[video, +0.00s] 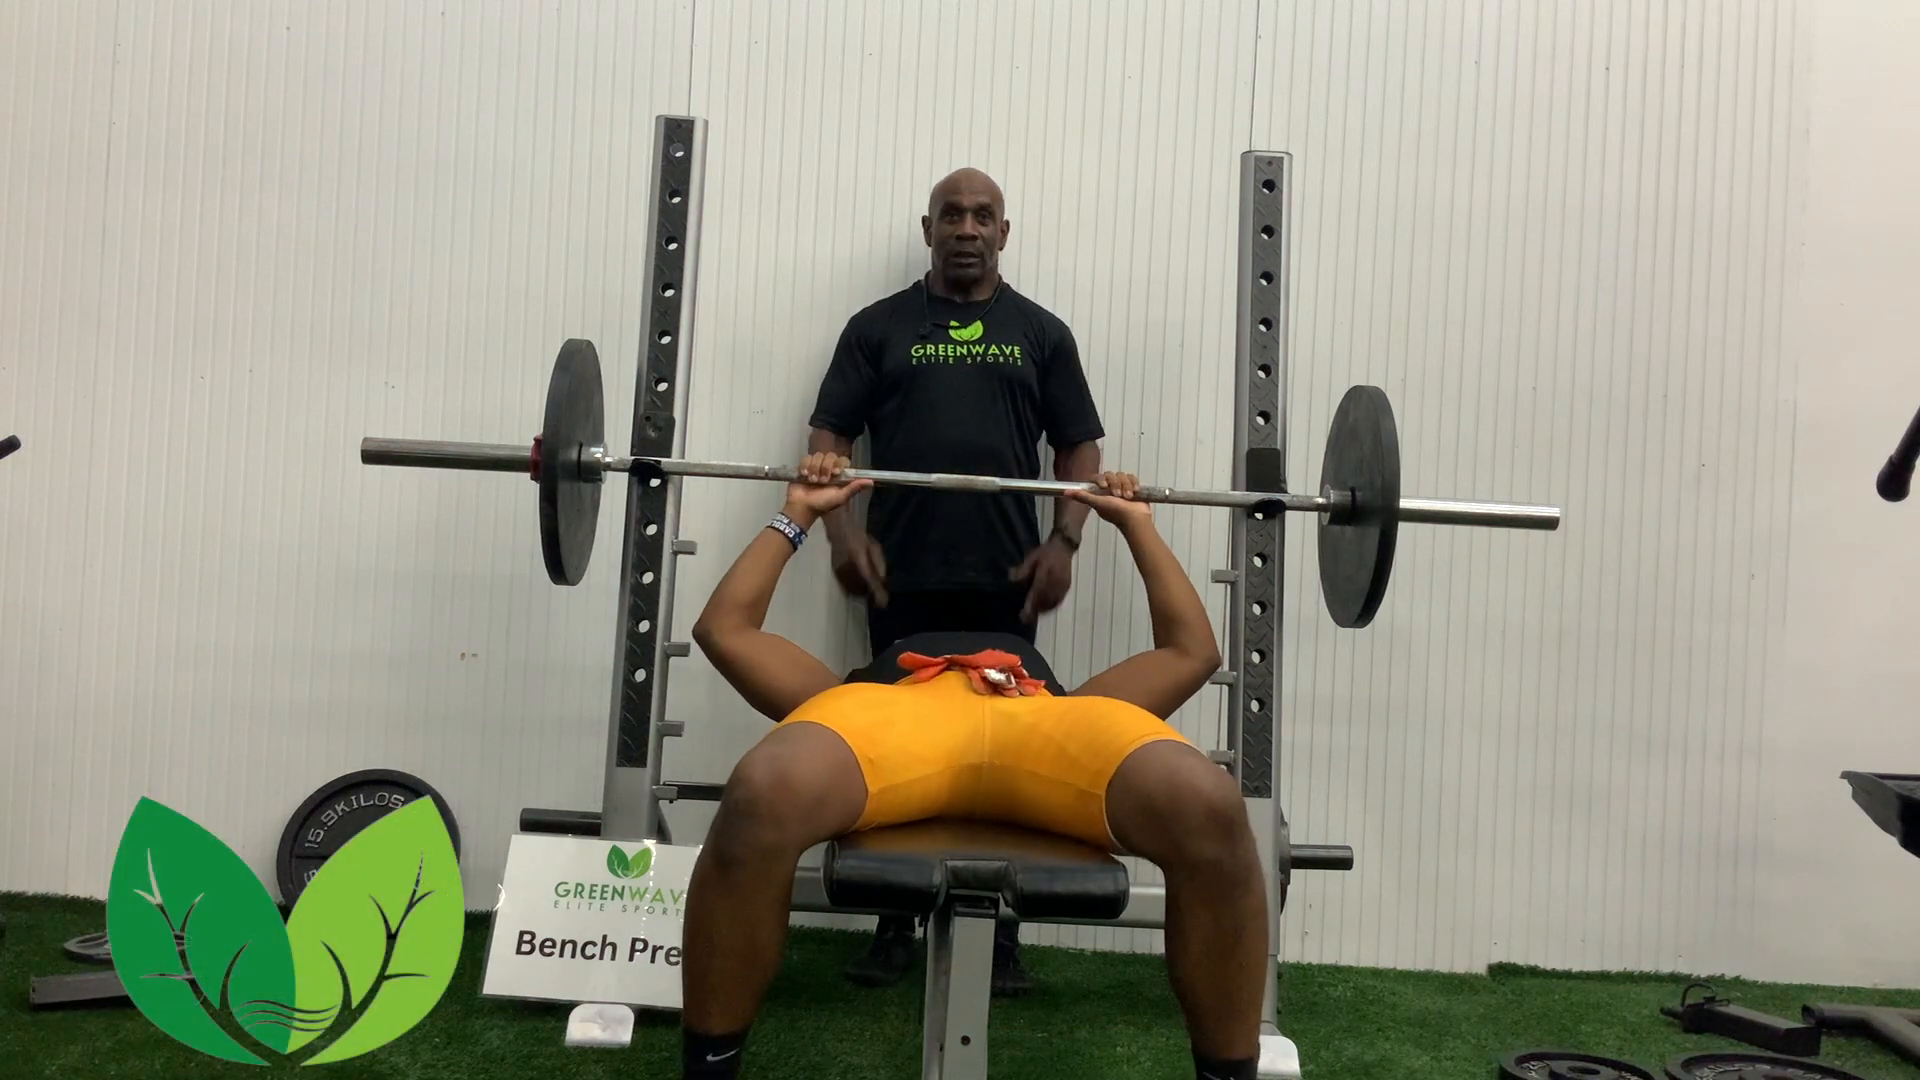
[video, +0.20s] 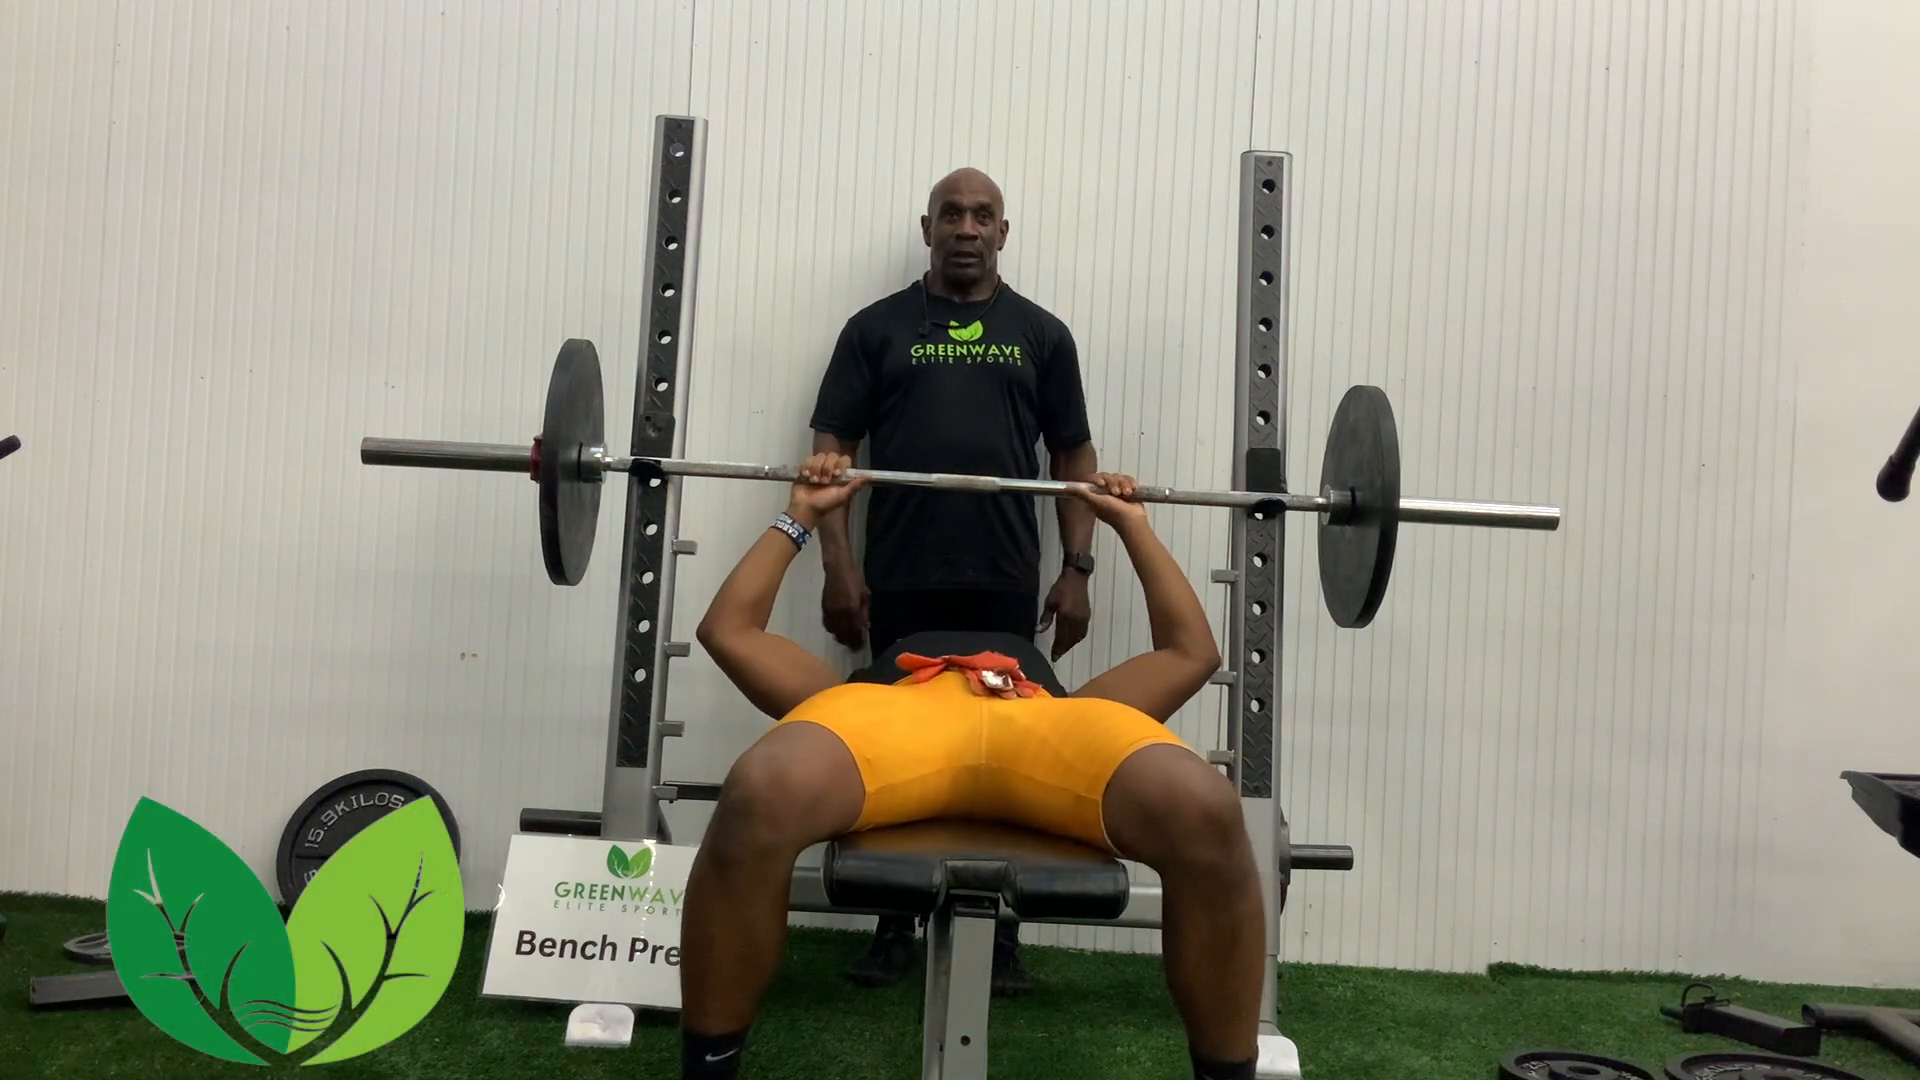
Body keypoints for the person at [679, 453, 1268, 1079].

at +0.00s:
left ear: (1033, 682)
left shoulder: (1069, 705)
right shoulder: (858, 690)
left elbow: (1193, 649)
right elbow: (725, 626)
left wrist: (1134, 519)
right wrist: (799, 514)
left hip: (1053, 717)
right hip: (886, 705)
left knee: (1212, 811)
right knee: (757, 798)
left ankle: (1230, 1072)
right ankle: (708, 1068)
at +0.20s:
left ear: (1033, 682)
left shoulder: (1068, 706)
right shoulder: (857, 690)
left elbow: (1192, 649)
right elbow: (729, 628)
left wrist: (1130, 518)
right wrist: (801, 517)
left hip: (1052, 717)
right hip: (885, 705)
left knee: (1209, 813)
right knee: (755, 797)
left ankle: (1229, 1073)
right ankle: (708, 1069)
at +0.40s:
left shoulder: (1071, 698)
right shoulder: (857, 685)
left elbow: (1194, 648)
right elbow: (730, 626)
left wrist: (1127, 520)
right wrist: (805, 516)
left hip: (1054, 716)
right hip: (884, 704)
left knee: (1207, 814)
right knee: (754, 795)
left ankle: (1227, 1072)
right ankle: (708, 1067)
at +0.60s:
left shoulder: (1069, 692)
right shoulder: (859, 681)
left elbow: (1195, 638)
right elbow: (730, 620)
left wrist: (1120, 519)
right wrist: (806, 513)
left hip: (1054, 716)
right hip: (885, 706)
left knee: (1205, 811)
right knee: (757, 793)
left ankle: (1229, 1070)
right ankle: (709, 1067)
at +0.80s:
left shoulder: (1063, 688)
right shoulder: (854, 679)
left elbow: (1191, 644)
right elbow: (729, 617)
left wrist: (1122, 524)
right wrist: (807, 514)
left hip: (1051, 714)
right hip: (881, 702)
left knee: (1205, 818)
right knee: (753, 795)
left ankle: (1232, 1070)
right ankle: (708, 1066)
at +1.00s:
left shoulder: (1068, 695)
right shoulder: (858, 683)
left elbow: (1193, 636)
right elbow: (730, 622)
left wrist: (1120, 519)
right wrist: (807, 518)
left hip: (1052, 713)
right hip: (885, 705)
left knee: (1202, 816)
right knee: (754, 795)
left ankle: (1229, 1070)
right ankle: (709, 1066)